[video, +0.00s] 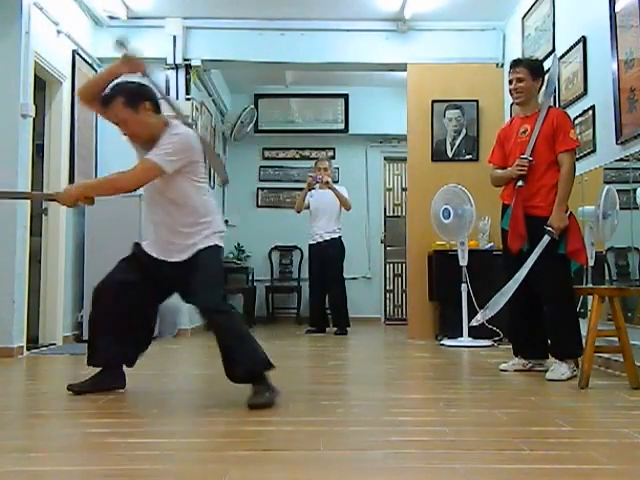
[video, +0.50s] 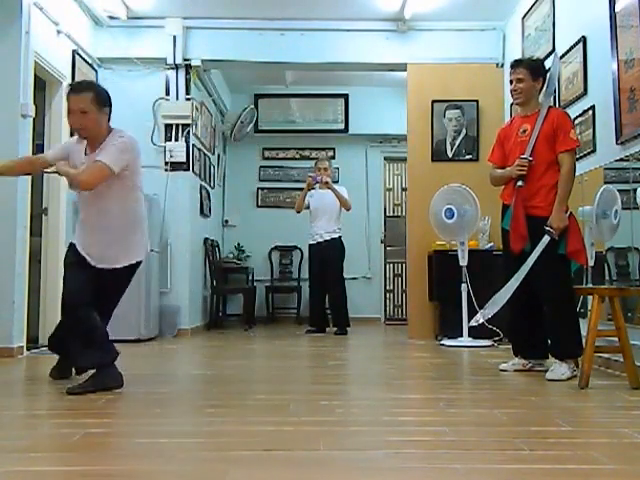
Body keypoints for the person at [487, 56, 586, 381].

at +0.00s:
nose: (514, 86)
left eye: (520, 80)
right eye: (511, 81)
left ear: (538, 83)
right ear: (508, 87)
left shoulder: (555, 117)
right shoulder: (506, 130)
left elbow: (567, 166)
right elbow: (494, 176)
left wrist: (559, 210)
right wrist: (510, 172)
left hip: (547, 214)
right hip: (514, 215)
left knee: (554, 284)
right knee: (521, 284)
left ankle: (565, 358)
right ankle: (530, 355)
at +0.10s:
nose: (514, 86)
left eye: (520, 80)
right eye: (511, 82)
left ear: (538, 83)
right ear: (509, 87)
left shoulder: (556, 117)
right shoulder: (506, 130)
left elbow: (567, 166)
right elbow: (494, 176)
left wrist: (560, 210)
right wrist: (510, 172)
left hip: (547, 214)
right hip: (514, 215)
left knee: (554, 285)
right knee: (520, 284)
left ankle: (565, 358)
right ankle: (529, 355)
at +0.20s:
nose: (514, 87)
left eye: (520, 81)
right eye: (511, 82)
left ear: (538, 83)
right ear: (509, 87)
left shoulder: (556, 117)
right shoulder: (506, 130)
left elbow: (567, 166)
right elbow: (494, 176)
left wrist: (560, 210)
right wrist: (510, 172)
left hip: (547, 214)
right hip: (514, 216)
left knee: (554, 285)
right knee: (520, 284)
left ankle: (565, 358)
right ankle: (529, 355)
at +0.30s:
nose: (514, 87)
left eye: (520, 81)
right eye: (511, 82)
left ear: (538, 83)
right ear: (509, 87)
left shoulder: (556, 117)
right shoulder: (506, 130)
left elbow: (567, 166)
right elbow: (494, 177)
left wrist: (560, 209)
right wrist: (510, 172)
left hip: (547, 214)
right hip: (514, 215)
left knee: (554, 285)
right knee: (520, 285)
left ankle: (565, 358)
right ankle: (529, 355)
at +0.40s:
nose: (514, 87)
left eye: (520, 81)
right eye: (511, 82)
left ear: (538, 83)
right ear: (509, 87)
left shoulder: (556, 117)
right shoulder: (506, 130)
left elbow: (567, 166)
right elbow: (494, 176)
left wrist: (560, 209)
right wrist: (510, 172)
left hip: (547, 214)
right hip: (514, 215)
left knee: (553, 285)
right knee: (520, 285)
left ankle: (565, 358)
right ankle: (529, 355)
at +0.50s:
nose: (514, 87)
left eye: (520, 81)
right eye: (511, 82)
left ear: (539, 83)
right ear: (509, 87)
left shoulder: (556, 117)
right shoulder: (507, 130)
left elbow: (567, 167)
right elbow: (494, 176)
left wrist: (560, 209)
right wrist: (510, 172)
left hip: (547, 214)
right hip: (515, 215)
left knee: (554, 285)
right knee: (521, 285)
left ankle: (566, 358)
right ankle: (529, 355)